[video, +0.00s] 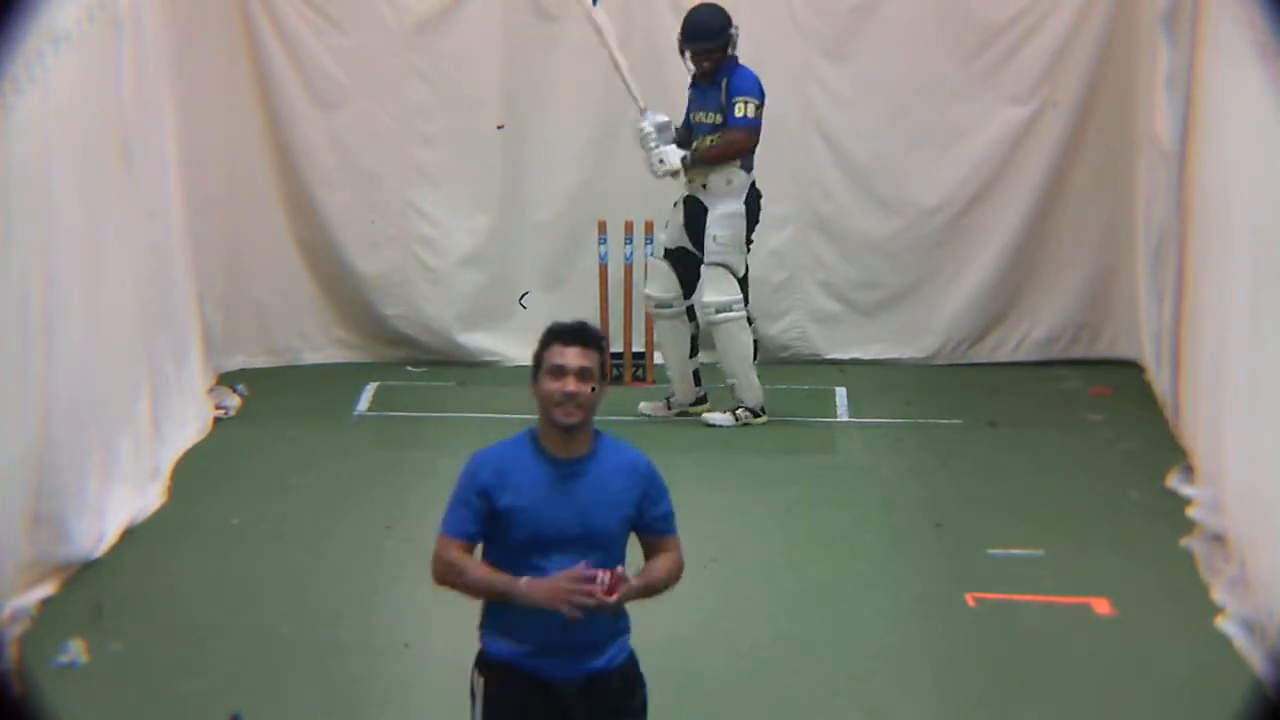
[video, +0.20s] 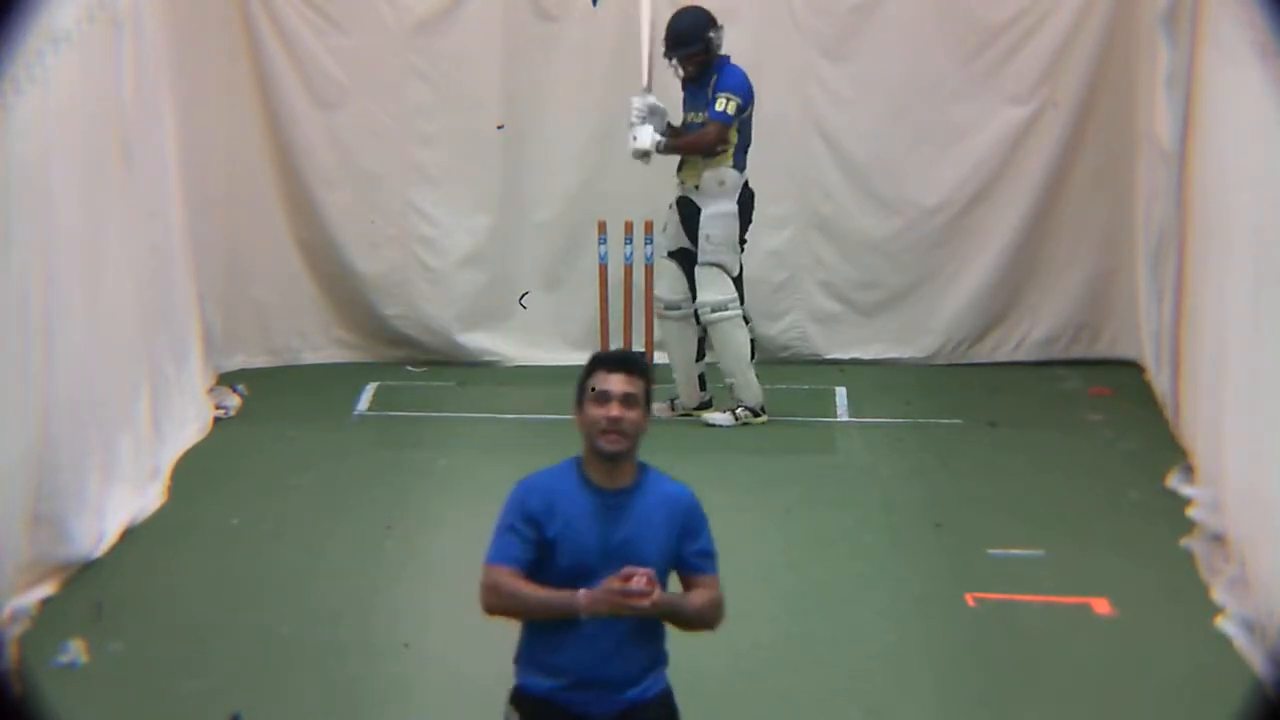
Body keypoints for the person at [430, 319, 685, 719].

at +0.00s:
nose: (570, 388)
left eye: (584, 377)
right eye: (557, 374)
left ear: (600, 388)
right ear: (535, 383)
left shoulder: (633, 471)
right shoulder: (490, 469)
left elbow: (668, 557)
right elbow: (446, 564)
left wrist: (633, 587)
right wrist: (532, 590)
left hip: (606, 678)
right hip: (515, 680)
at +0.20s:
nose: (613, 413)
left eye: (629, 403)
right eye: (600, 399)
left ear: (646, 418)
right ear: (579, 412)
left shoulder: (676, 503)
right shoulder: (536, 496)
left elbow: (710, 609)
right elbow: (495, 593)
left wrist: (659, 602)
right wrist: (588, 600)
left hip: (641, 702)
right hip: (549, 701)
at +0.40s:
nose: (646, 400)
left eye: (660, 389)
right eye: (632, 386)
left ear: (679, 406)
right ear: (610, 401)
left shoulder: (711, 488)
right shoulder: (566, 484)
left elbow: (750, 594)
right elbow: (527, 585)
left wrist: (673, 573)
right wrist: (606, 577)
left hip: (677, 695)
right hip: (587, 696)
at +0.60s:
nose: (662, 427)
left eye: (676, 415)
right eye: (648, 414)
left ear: (695, 432)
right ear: (626, 428)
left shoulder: (732, 515)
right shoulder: (586, 514)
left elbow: (771, 622)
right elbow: (547, 624)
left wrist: (680, 604)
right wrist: (615, 605)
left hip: (702, 709)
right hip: (609, 709)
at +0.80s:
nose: (666, 450)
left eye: (680, 437)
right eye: (651, 437)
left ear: (699, 451)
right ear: (628, 451)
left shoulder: (746, 536)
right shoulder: (594, 544)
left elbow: (790, 643)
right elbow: (561, 657)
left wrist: (726, 641)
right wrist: (615, 648)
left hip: (719, 713)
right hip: (623, 713)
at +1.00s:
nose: (693, 446)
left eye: (708, 433)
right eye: (678, 432)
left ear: (728, 446)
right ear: (655, 446)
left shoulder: (771, 533)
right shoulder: (616, 536)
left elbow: (824, 634)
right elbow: (581, 647)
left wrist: (777, 637)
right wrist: (674, 633)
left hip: (742, 711)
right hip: (643, 712)